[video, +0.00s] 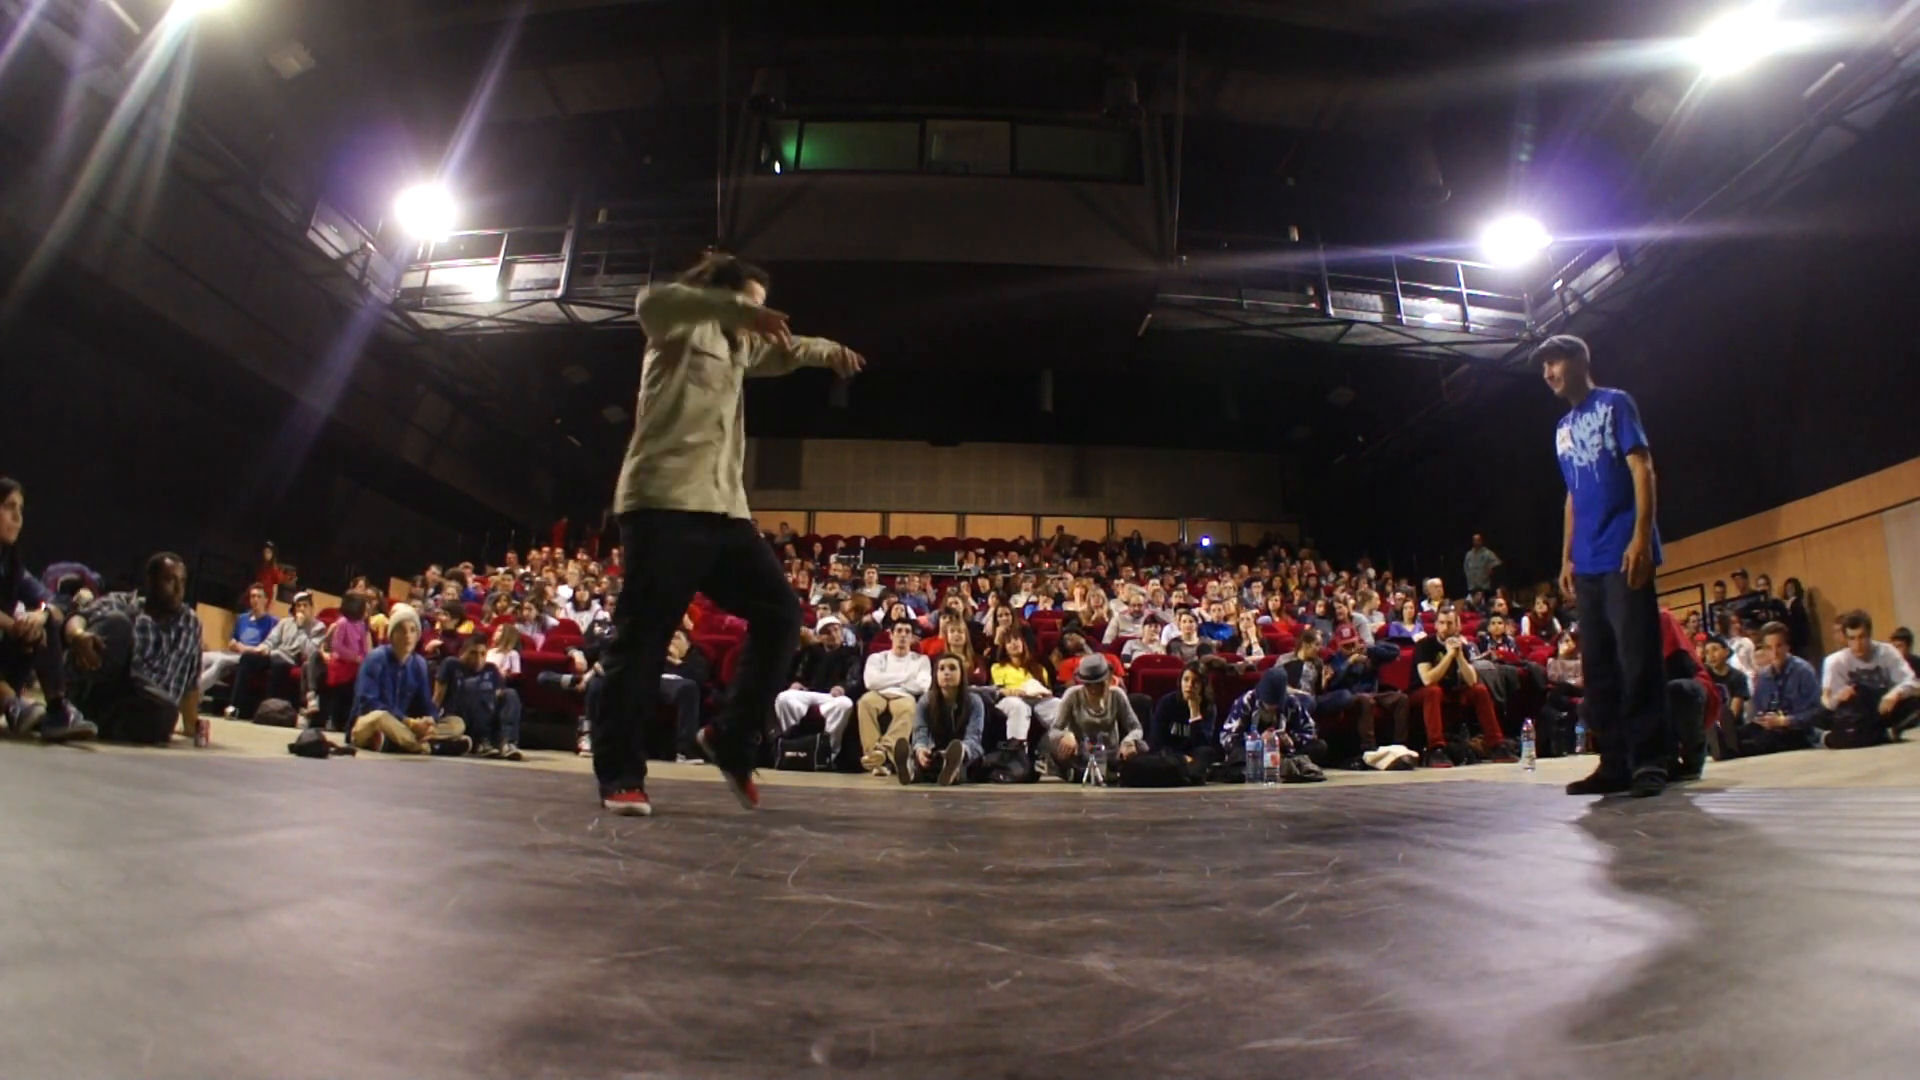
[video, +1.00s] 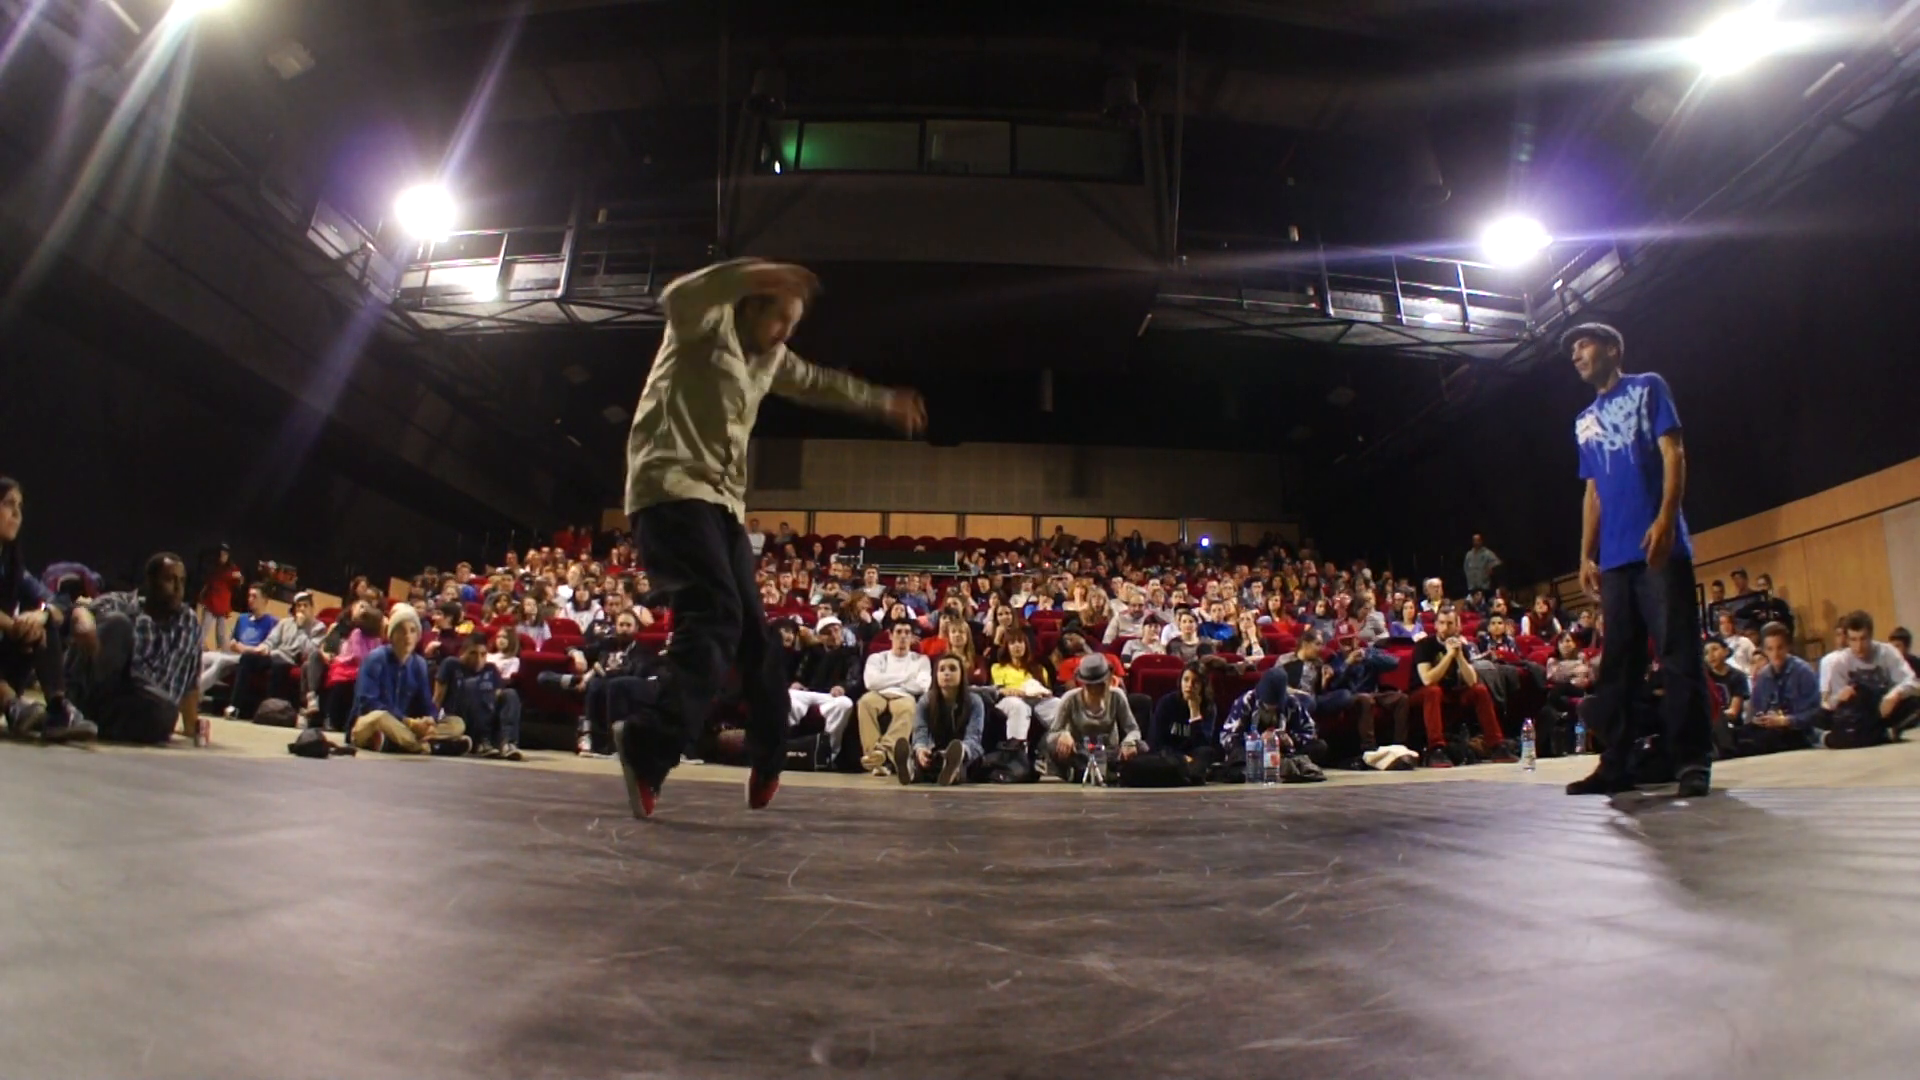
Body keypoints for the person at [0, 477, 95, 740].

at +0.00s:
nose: (17, 517)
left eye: (20, 509)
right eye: (10, 507)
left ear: (22, 514)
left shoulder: (11, 565)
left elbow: (55, 608)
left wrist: (42, 614)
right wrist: (14, 625)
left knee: (45, 624)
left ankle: (58, 709)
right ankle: (12, 704)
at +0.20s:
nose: (16, 516)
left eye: (19, 509)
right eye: (9, 506)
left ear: (22, 516)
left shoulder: (12, 566)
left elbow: (55, 608)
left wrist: (42, 614)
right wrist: (12, 623)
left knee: (45, 624)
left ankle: (58, 709)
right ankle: (12, 705)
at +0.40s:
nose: (18, 517)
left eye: (20, 509)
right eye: (11, 507)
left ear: (21, 513)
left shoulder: (12, 565)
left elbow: (55, 607)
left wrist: (42, 614)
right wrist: (12, 624)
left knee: (45, 625)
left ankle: (58, 709)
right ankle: (11, 705)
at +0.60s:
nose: (18, 517)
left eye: (20, 509)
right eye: (11, 507)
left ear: (21, 513)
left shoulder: (12, 565)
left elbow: (56, 608)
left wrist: (42, 614)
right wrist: (11, 624)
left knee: (45, 624)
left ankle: (58, 709)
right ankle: (11, 704)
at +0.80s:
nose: (17, 516)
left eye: (19, 508)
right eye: (10, 506)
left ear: (21, 514)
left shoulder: (12, 565)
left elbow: (55, 607)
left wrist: (42, 614)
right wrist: (12, 623)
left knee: (46, 624)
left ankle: (58, 709)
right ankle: (12, 706)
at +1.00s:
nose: (16, 514)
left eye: (19, 507)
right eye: (9, 505)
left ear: (21, 514)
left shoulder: (12, 564)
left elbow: (57, 607)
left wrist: (43, 613)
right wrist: (11, 623)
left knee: (43, 625)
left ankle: (58, 708)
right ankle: (12, 705)